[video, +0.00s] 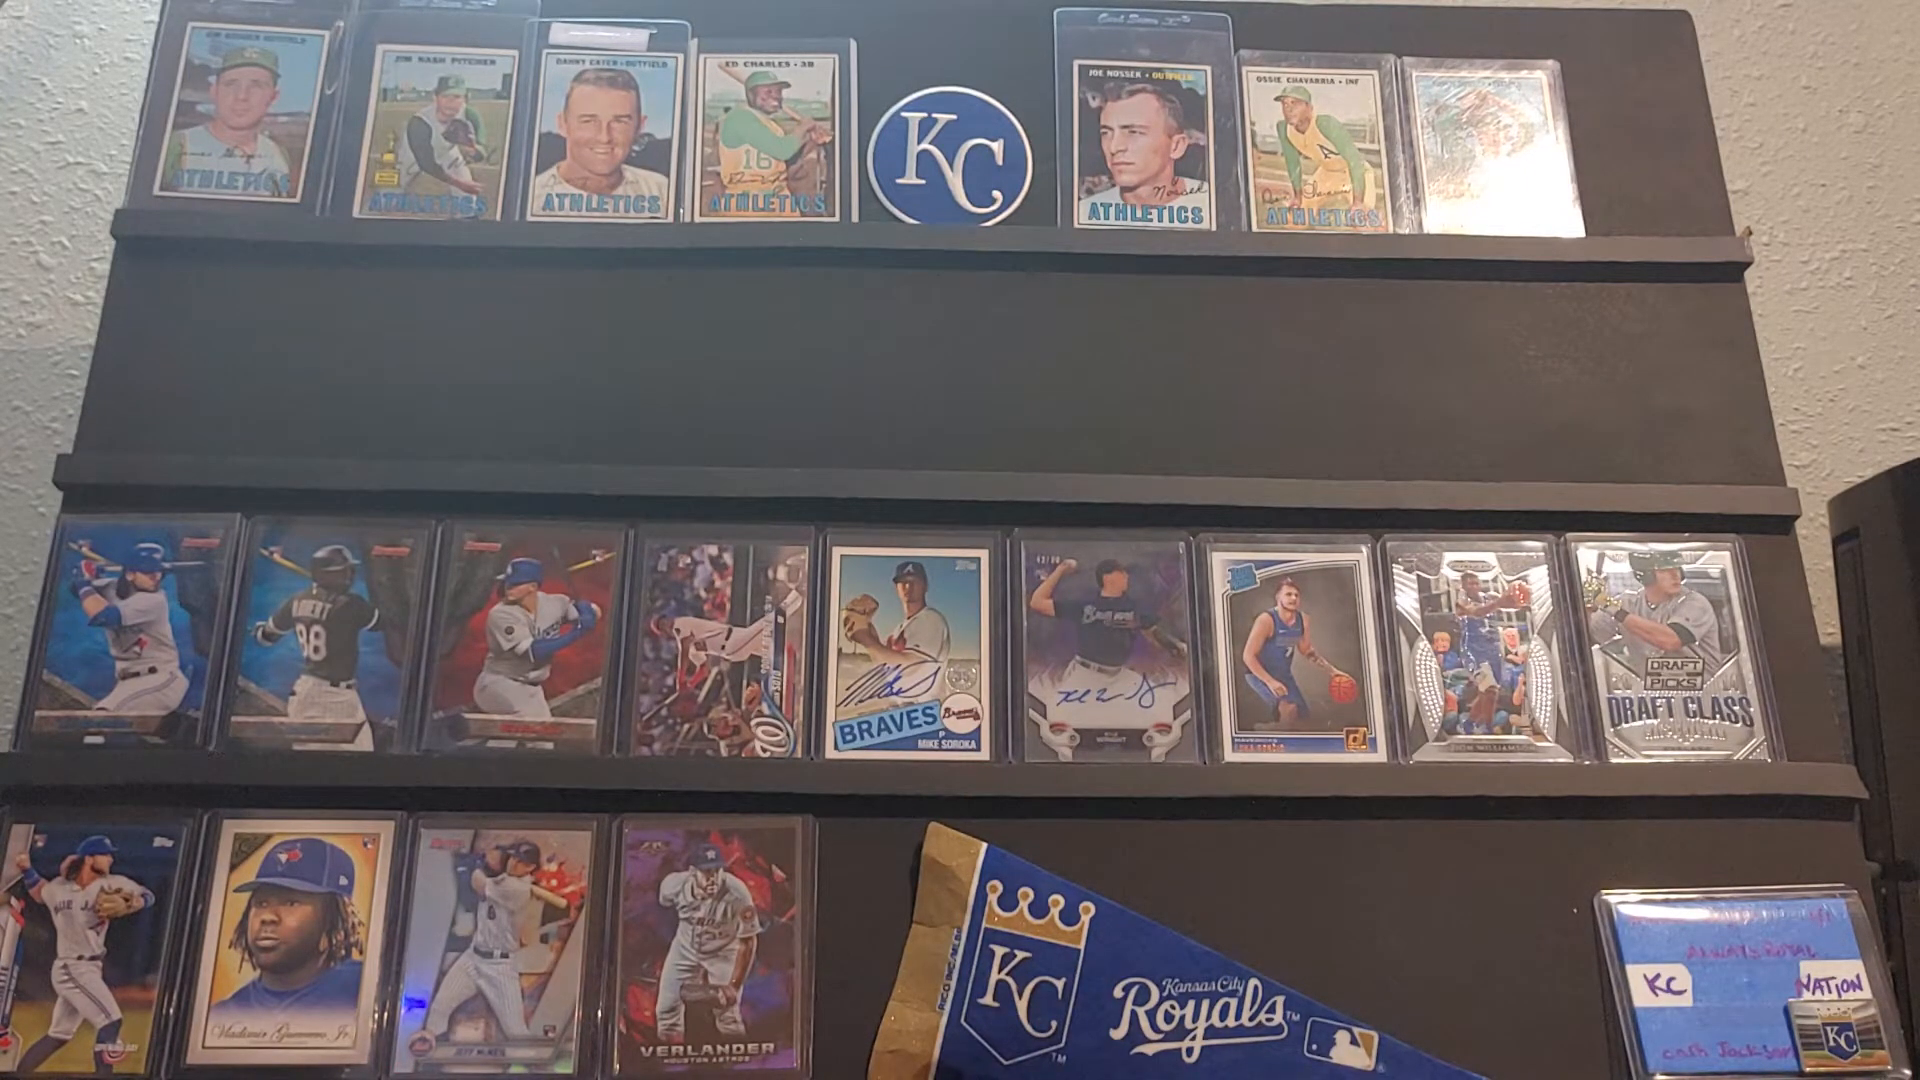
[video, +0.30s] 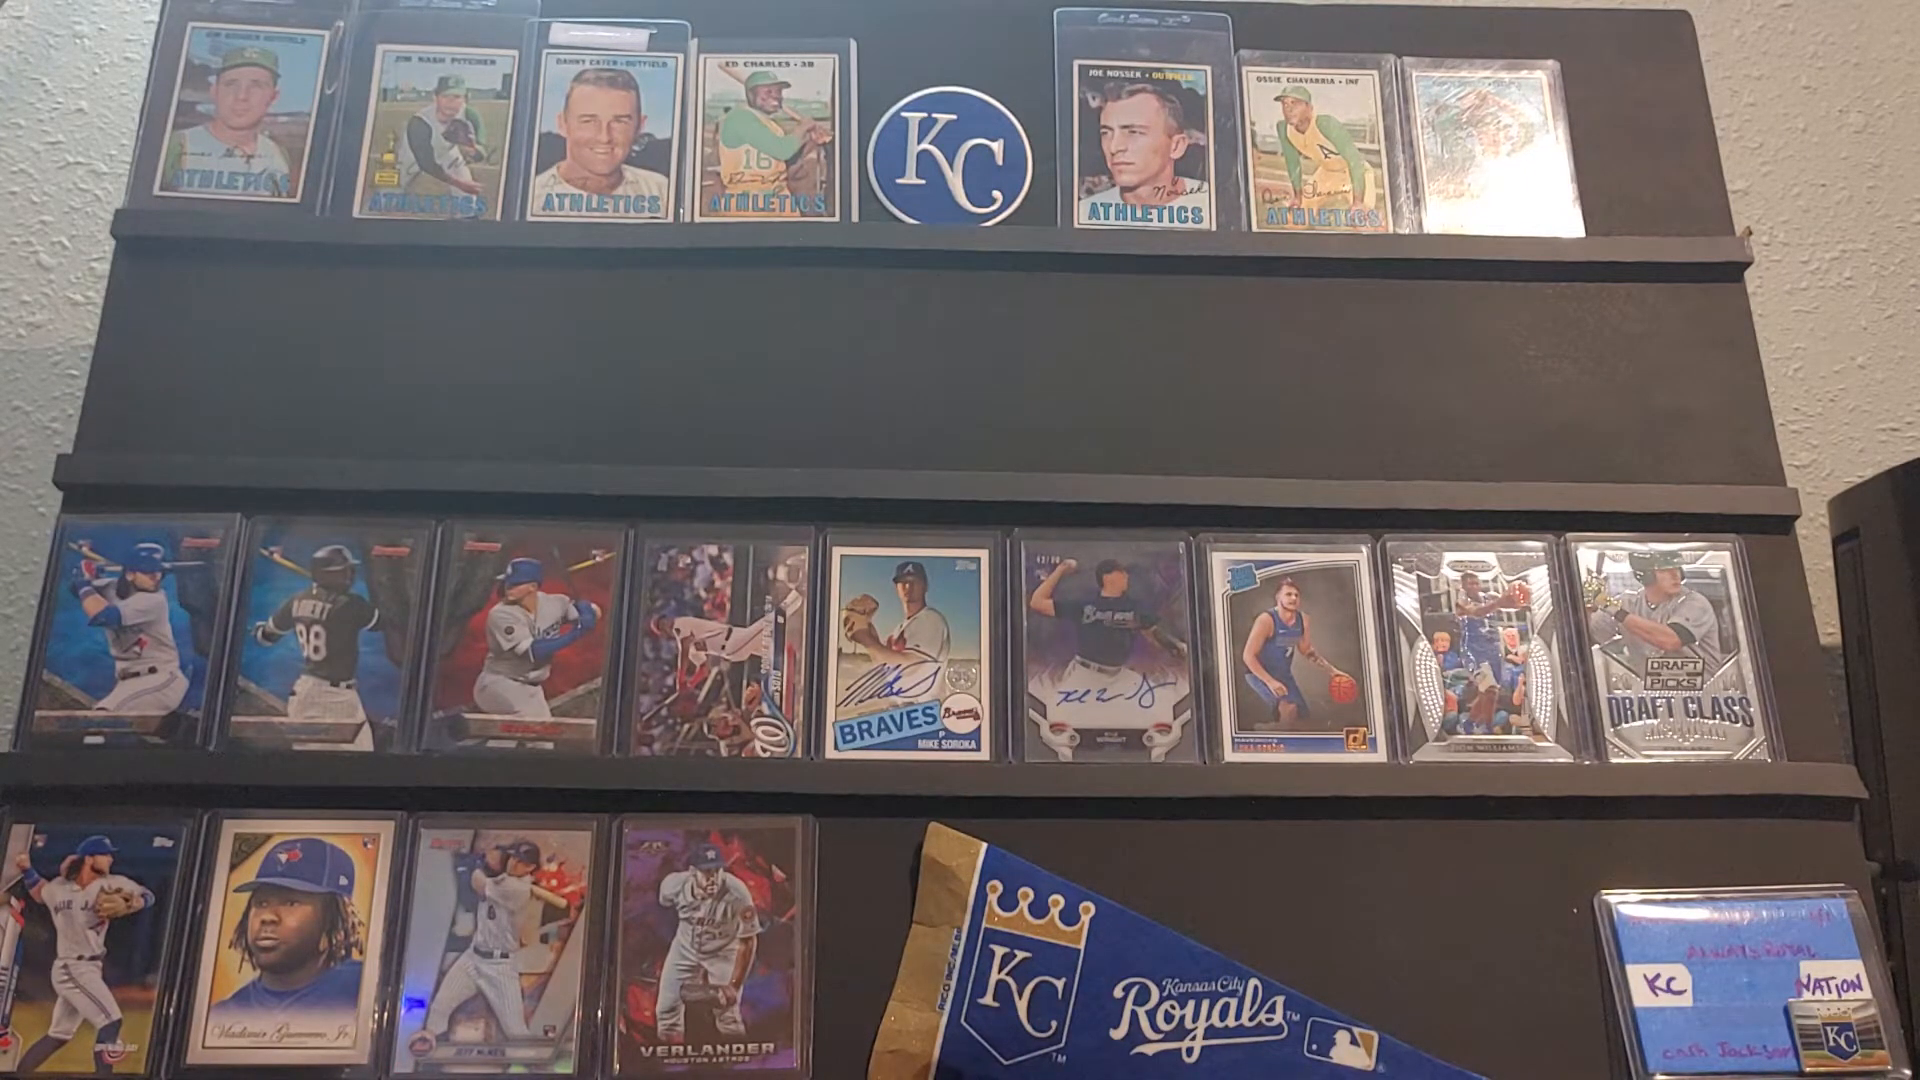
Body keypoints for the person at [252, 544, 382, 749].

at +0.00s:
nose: (352, 576)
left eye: (351, 571)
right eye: (349, 571)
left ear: (319, 574)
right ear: (338, 575)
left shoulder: (298, 601)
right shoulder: (351, 605)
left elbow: (267, 637)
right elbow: (386, 622)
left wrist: (259, 630)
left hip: (305, 693)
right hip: (341, 697)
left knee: (307, 764)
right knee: (359, 766)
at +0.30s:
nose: (352, 576)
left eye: (351, 570)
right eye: (348, 571)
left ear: (320, 574)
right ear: (337, 575)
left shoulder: (298, 601)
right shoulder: (351, 605)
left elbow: (267, 637)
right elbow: (387, 621)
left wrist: (259, 630)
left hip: (305, 694)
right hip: (341, 698)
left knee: (306, 765)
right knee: (359, 766)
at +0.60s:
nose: (352, 576)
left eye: (351, 570)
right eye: (349, 571)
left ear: (319, 574)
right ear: (338, 574)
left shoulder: (298, 601)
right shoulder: (351, 605)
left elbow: (267, 637)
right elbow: (385, 622)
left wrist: (259, 630)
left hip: (305, 692)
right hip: (341, 697)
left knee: (306, 764)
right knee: (359, 766)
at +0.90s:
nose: (352, 576)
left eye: (351, 570)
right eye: (348, 571)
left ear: (320, 574)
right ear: (336, 574)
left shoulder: (298, 601)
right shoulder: (351, 605)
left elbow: (267, 637)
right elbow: (385, 622)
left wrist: (260, 630)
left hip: (305, 692)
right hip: (341, 697)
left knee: (307, 764)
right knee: (359, 765)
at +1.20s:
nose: (351, 577)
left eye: (351, 571)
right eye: (348, 571)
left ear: (320, 574)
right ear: (337, 575)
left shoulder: (300, 600)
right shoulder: (350, 604)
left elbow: (268, 637)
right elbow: (386, 621)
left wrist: (258, 630)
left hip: (305, 693)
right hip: (340, 698)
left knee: (306, 765)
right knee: (359, 767)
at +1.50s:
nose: (351, 577)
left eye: (351, 571)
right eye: (348, 572)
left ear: (320, 574)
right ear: (336, 575)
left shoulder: (299, 600)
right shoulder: (350, 605)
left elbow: (268, 637)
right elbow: (387, 620)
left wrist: (259, 630)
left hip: (305, 693)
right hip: (340, 698)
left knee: (307, 766)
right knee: (359, 768)